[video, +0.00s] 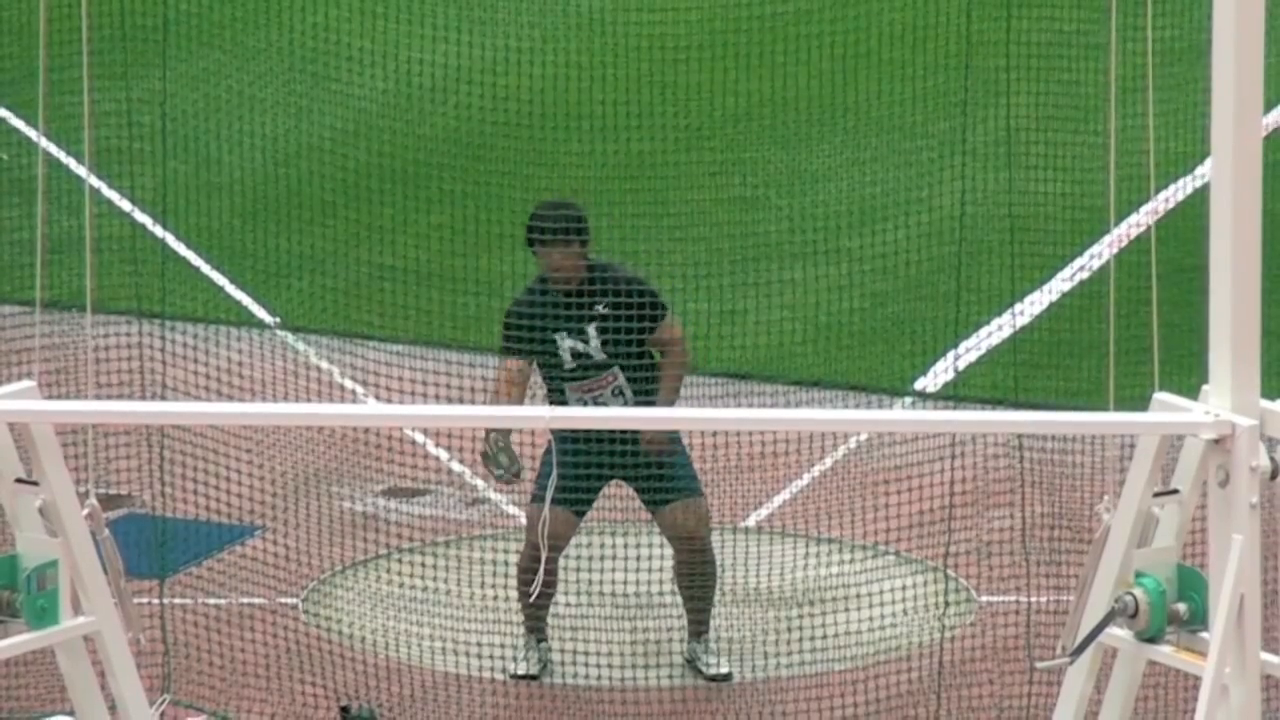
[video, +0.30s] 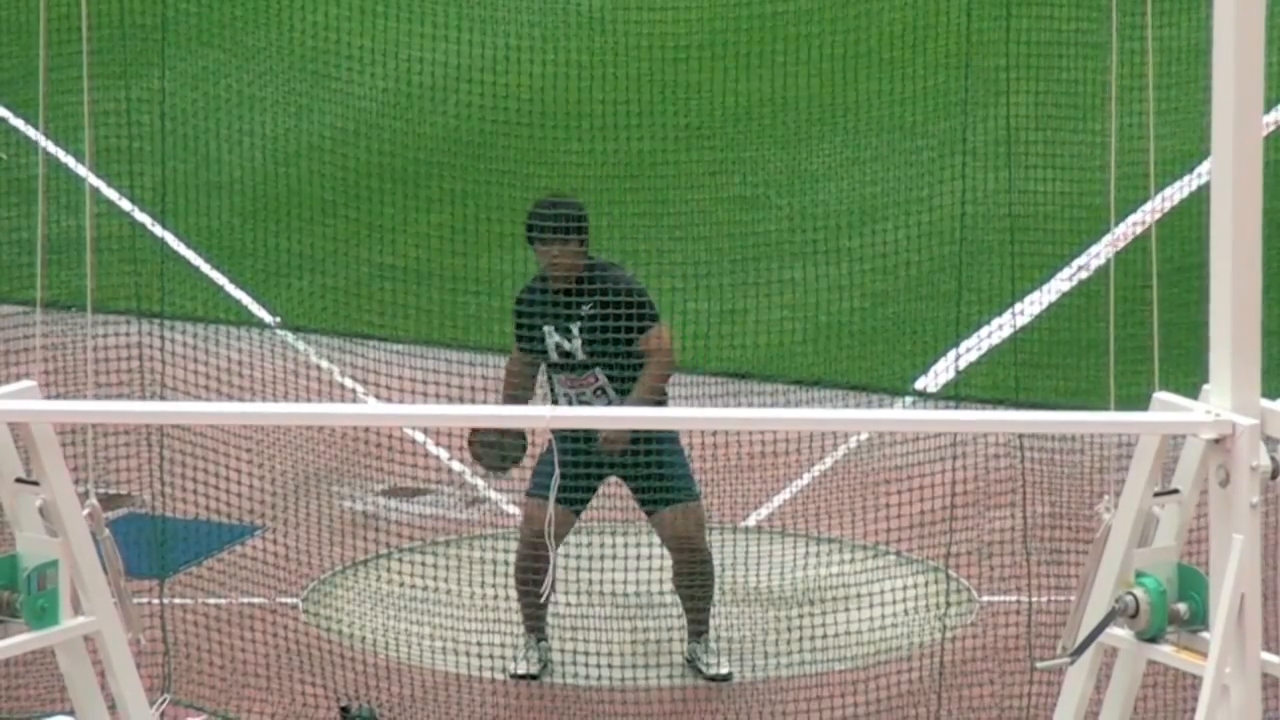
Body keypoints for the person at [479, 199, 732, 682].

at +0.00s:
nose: (559, 256)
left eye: (568, 246)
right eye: (549, 247)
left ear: (585, 247)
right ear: (535, 252)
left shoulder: (624, 290)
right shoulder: (528, 310)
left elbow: (676, 346)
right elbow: (513, 378)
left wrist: (662, 417)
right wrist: (498, 432)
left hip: (645, 434)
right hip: (577, 441)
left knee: (692, 531)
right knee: (543, 537)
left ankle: (699, 642)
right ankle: (535, 642)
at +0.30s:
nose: (559, 253)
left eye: (569, 243)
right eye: (548, 243)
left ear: (585, 244)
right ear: (533, 248)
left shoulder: (618, 289)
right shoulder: (532, 302)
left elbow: (662, 356)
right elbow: (521, 371)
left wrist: (627, 421)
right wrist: (501, 427)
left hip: (643, 429)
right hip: (576, 433)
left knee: (688, 535)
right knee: (535, 532)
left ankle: (699, 643)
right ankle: (535, 643)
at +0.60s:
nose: (581, 257)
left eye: (591, 247)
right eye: (574, 246)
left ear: (612, 250)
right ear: (562, 246)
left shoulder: (635, 297)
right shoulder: (553, 271)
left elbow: (667, 376)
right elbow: (519, 254)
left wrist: (614, 425)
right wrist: (494, 243)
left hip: (642, 429)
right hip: (574, 428)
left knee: (691, 534)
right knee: (531, 526)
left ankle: (700, 643)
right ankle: (534, 641)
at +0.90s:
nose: (622, 271)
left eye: (632, 261)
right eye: (613, 260)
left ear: (648, 263)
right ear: (599, 259)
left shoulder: (671, 309)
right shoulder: (581, 290)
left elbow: (696, 388)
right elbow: (502, 275)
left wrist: (640, 427)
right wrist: (436, 260)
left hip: (662, 431)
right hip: (588, 427)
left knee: (703, 530)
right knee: (540, 524)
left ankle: (701, 642)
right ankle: (533, 639)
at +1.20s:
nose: (667, 281)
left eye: (677, 271)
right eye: (657, 270)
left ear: (691, 269)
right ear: (642, 268)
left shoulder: (711, 309)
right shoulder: (620, 310)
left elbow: (729, 379)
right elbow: (610, 401)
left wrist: (706, 425)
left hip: (669, 429)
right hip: (605, 425)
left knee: (711, 523)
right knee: (552, 528)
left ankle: (700, 642)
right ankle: (534, 640)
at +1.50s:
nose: (688, 263)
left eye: (697, 252)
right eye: (677, 253)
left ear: (709, 253)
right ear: (659, 255)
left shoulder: (714, 291)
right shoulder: (647, 300)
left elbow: (726, 354)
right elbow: (711, 362)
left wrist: (783, 351)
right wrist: (793, 362)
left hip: (665, 430)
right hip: (602, 430)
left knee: (711, 522)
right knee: (562, 536)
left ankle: (699, 643)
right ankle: (533, 637)